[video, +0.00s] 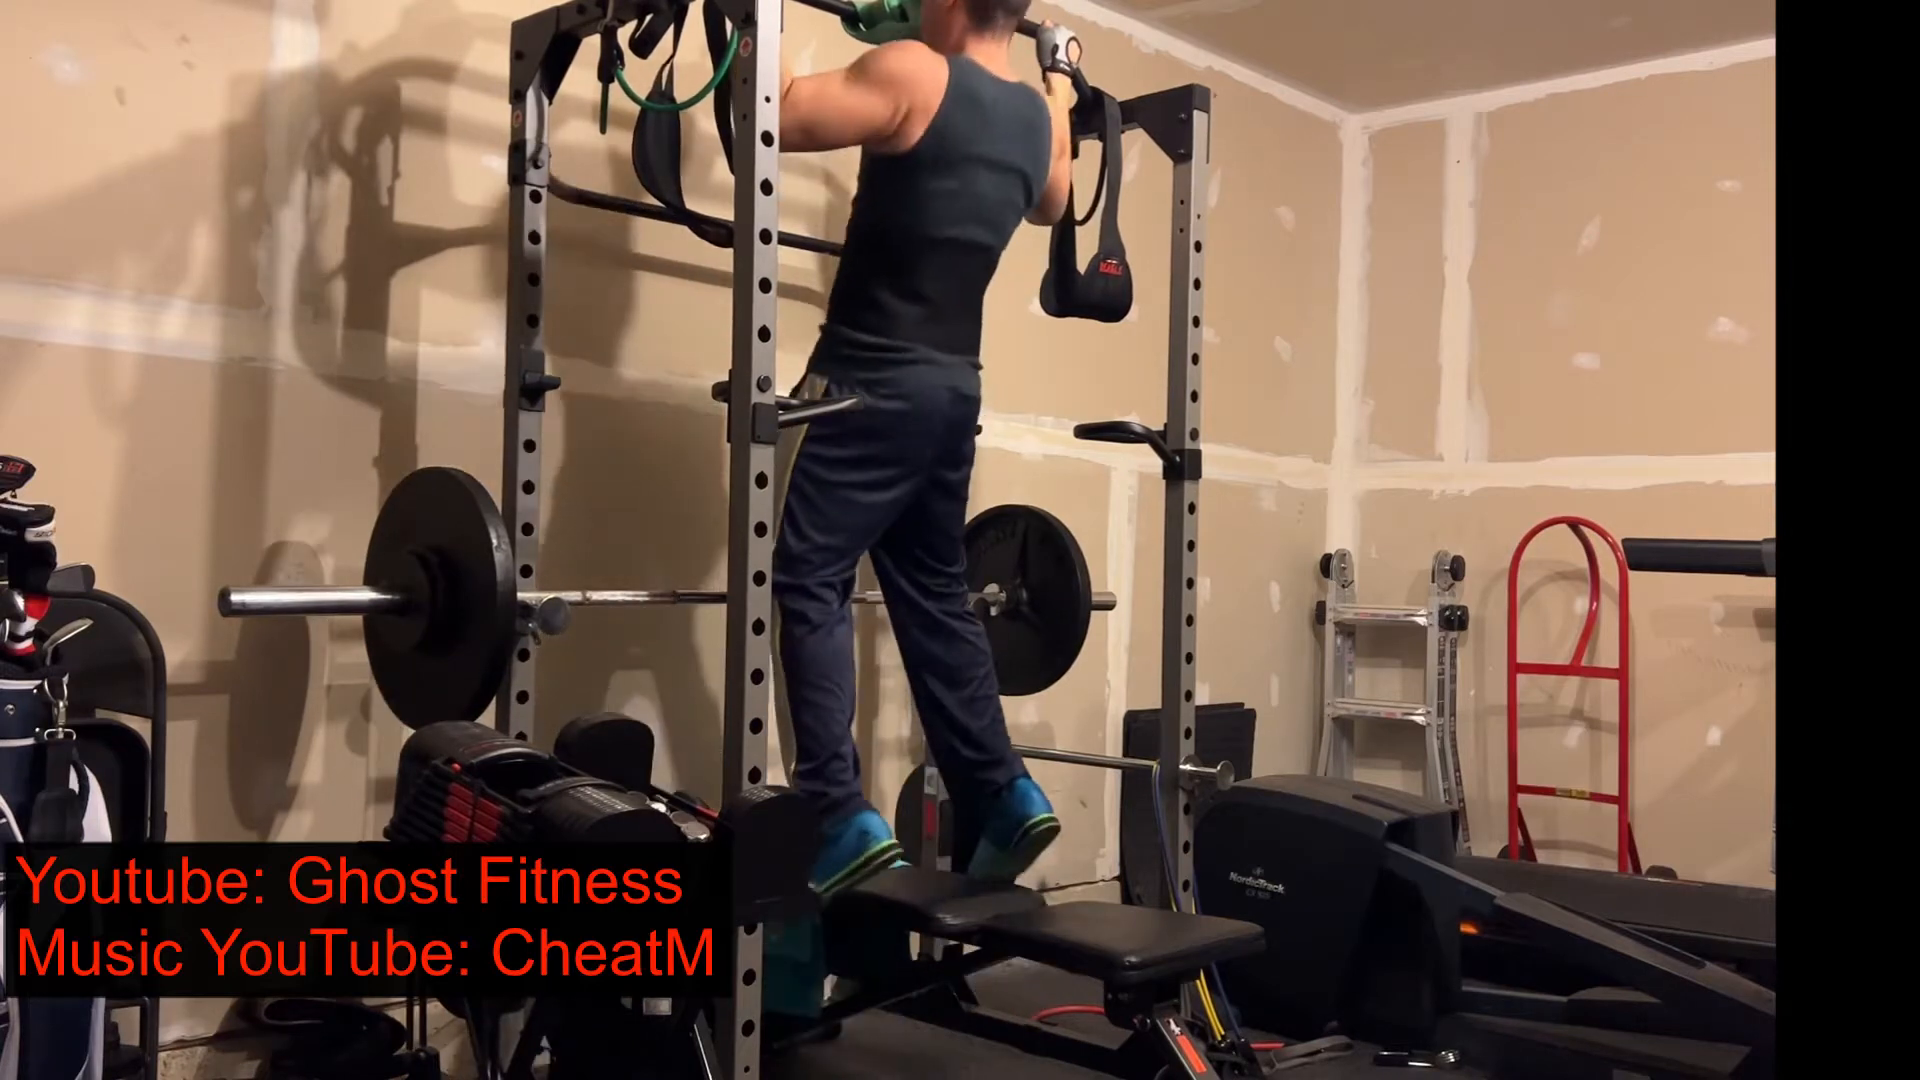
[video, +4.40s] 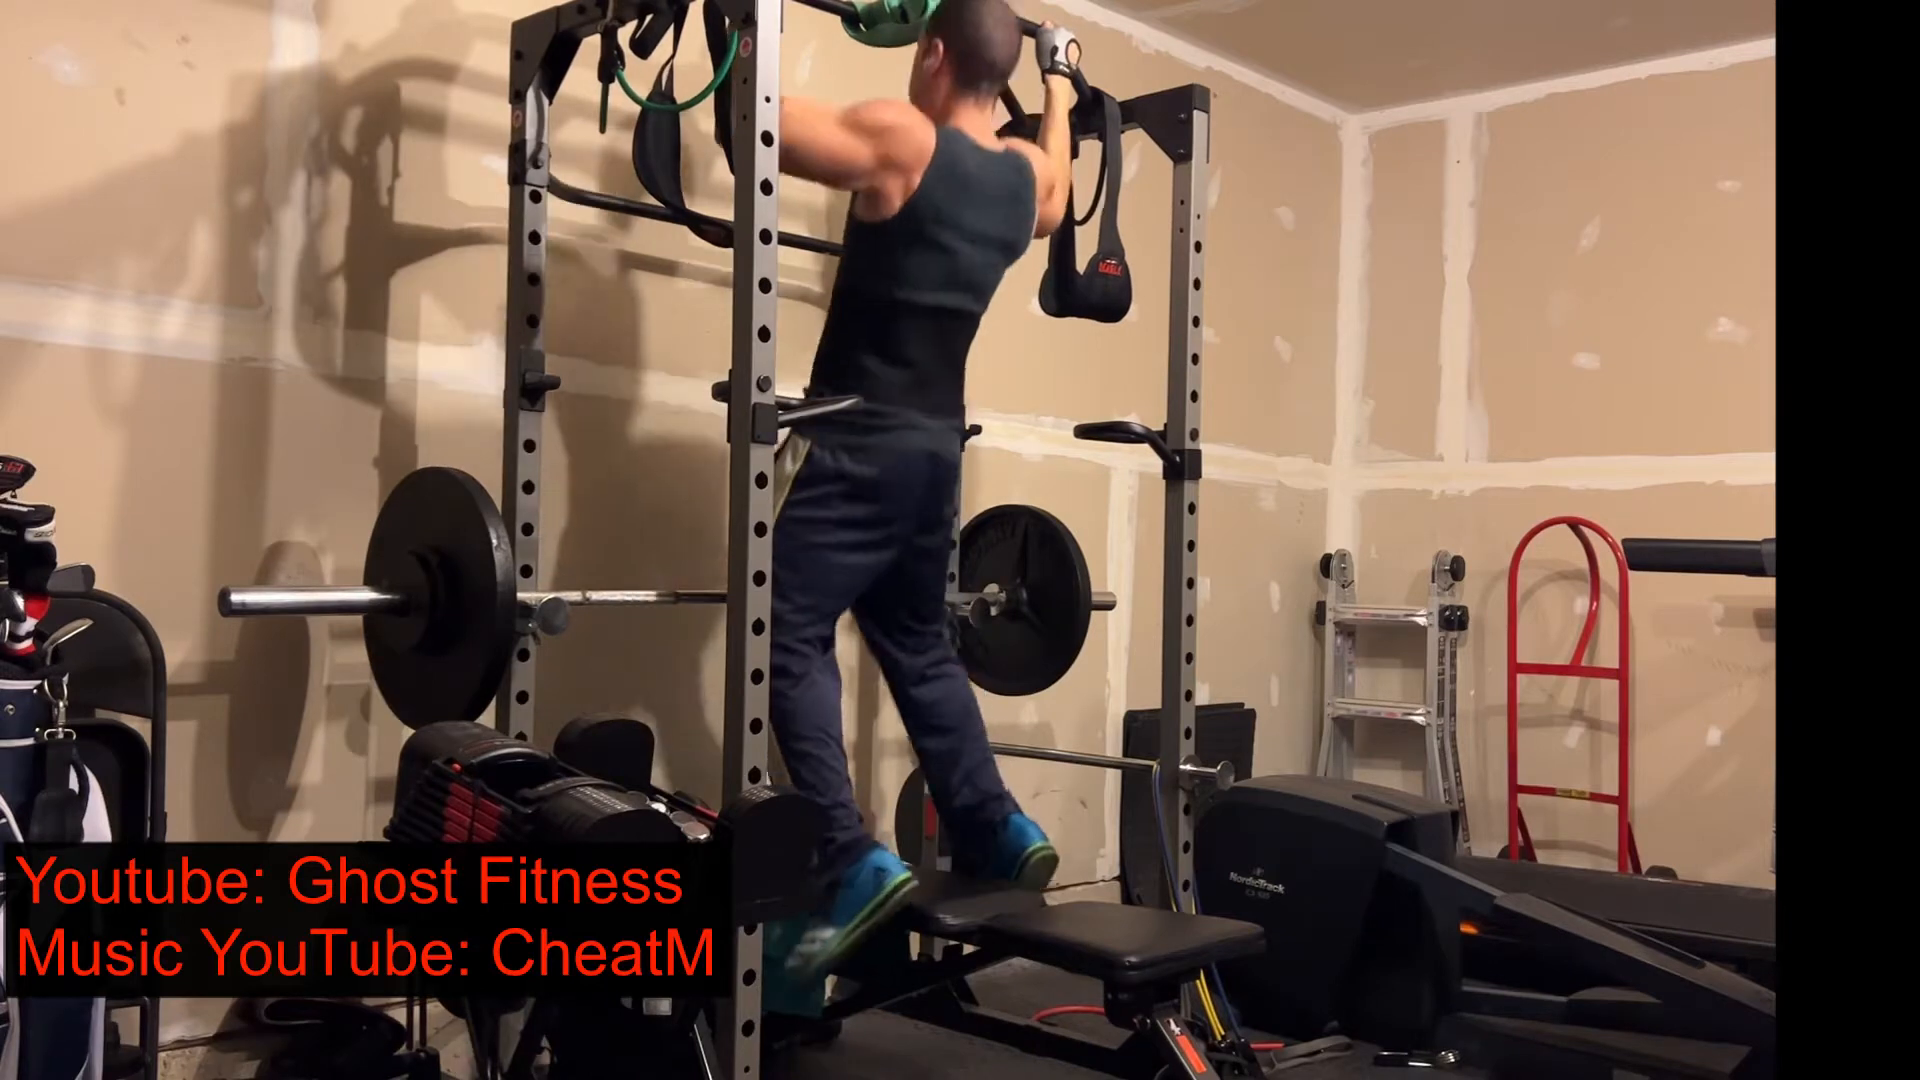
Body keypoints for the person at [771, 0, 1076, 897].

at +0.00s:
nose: (917, 10)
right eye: (921, 0)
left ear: (951, 7)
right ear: (1013, 20)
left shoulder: (910, 73)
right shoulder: (1035, 116)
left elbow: (769, 114)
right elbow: (1056, 202)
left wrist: (751, 22)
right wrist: (1057, 88)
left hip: (871, 383)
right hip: (952, 392)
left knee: (806, 585)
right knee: (935, 597)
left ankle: (839, 813)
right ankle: (1002, 798)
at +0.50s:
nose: (894, 176)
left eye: (900, 163)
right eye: (905, 164)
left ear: (919, 170)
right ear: (989, 190)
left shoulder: (883, 242)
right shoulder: (1004, 275)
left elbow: (775, 133)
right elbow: (1040, 191)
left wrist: (759, 30)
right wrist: (1057, 103)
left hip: (847, 536)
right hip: (924, 539)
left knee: (796, 748)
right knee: (918, 752)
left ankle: (846, 971)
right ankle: (1005, 952)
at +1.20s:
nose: (938, 29)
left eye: (944, 16)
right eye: (944, 18)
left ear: (961, 19)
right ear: (1037, 38)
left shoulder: (924, 100)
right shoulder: (1049, 140)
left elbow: (781, 114)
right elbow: (1070, 203)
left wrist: (760, 21)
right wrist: (1055, 95)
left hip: (872, 413)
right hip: (950, 421)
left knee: (794, 603)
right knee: (924, 620)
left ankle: (818, 837)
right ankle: (985, 823)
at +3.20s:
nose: (903, 134)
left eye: (908, 122)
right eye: (909, 123)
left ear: (929, 127)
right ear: (997, 147)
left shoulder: (892, 196)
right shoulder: (1013, 238)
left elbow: (763, 135)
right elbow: (1047, 188)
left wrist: (743, 39)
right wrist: (1057, 106)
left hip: (846, 505)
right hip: (923, 510)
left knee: (785, 702)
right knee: (915, 714)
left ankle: (841, 925)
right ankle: (995, 910)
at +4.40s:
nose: (910, 55)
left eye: (919, 41)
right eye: (921, 42)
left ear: (936, 55)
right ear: (1003, 78)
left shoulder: (900, 135)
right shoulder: (1022, 176)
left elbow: (765, 124)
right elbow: (1055, 191)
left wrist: (744, 32)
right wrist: (1057, 94)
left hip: (860, 442)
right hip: (934, 448)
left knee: (793, 637)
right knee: (914, 639)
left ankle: (852, 858)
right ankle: (994, 828)